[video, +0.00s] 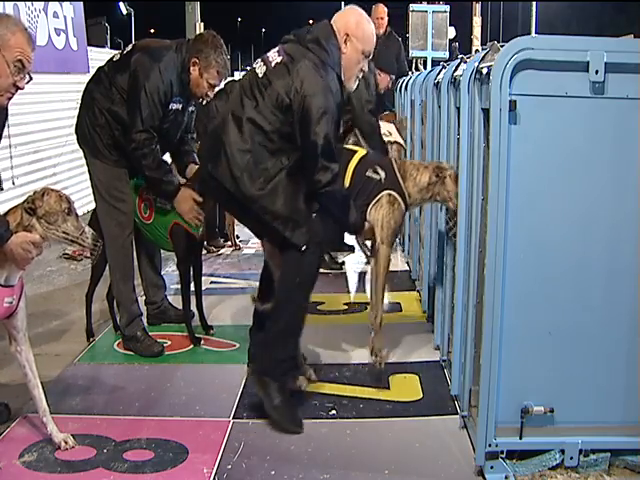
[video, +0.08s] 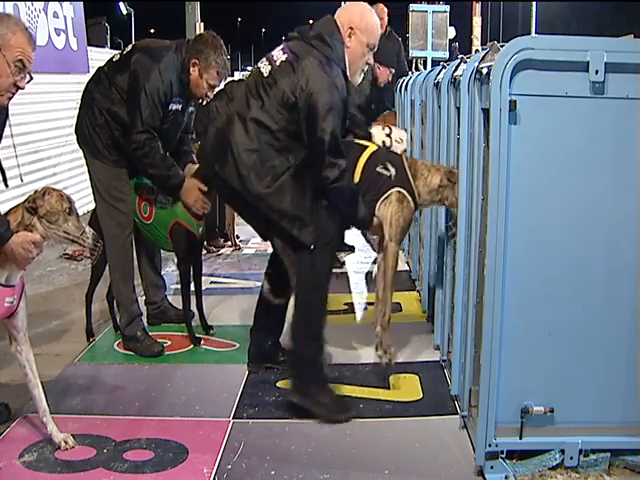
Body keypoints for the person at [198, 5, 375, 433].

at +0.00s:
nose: (363, 68)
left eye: (366, 59)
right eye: (363, 57)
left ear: (340, 37)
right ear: (344, 41)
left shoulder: (306, 52)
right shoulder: (319, 79)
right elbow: (324, 166)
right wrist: (348, 219)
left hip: (225, 150)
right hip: (237, 164)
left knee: (288, 244)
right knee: (306, 246)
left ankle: (271, 352)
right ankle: (272, 372)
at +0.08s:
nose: (368, 59)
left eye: (371, 51)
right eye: (368, 49)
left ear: (342, 29)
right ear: (349, 34)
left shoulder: (307, 47)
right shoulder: (324, 76)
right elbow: (330, 166)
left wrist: (367, 130)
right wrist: (360, 213)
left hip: (223, 143)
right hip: (241, 157)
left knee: (291, 241)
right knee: (314, 248)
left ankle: (263, 345)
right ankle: (309, 386)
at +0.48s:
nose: (418, 65)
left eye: (421, 55)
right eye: (417, 53)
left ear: (387, 31)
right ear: (396, 36)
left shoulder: (348, 50)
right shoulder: (376, 85)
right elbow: (388, 171)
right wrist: (425, 226)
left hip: (263, 159)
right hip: (294, 170)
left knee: (302, 251)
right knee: (353, 261)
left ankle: (263, 347)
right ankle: (356, 386)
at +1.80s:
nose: (437, 51)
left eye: (440, 41)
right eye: (436, 39)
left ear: (406, 21)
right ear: (413, 27)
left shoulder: (368, 49)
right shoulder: (391, 73)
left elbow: (391, 145)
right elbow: (392, 170)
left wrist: (435, 164)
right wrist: (436, 193)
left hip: (292, 173)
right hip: (324, 181)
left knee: (319, 270)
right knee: (380, 261)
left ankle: (263, 350)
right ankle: (358, 386)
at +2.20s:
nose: (426, 83)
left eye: (427, 74)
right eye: (424, 74)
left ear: (395, 63)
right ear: (404, 70)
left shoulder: (361, 87)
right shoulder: (393, 129)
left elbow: (384, 149)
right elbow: (433, 206)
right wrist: (490, 218)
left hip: (296, 229)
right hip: (325, 240)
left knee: (340, 312)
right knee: (400, 275)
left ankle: (264, 333)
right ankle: (359, 388)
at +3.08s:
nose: (405, 128)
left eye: (406, 120)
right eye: (402, 120)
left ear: (373, 109)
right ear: (380, 115)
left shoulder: (347, 128)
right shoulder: (375, 168)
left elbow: (392, 168)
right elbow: (428, 227)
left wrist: (429, 190)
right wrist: (473, 242)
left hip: (299, 270)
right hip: (320, 280)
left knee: (348, 351)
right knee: (400, 277)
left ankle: (275, 330)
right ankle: (358, 388)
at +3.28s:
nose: (399, 137)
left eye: (401, 129)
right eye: (395, 129)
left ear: (374, 116)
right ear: (374, 120)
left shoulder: (349, 135)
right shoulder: (355, 159)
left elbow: (395, 192)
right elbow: (391, 225)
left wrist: (430, 239)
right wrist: (423, 267)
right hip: (309, 281)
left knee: (358, 352)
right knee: (390, 274)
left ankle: (277, 332)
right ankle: (358, 388)